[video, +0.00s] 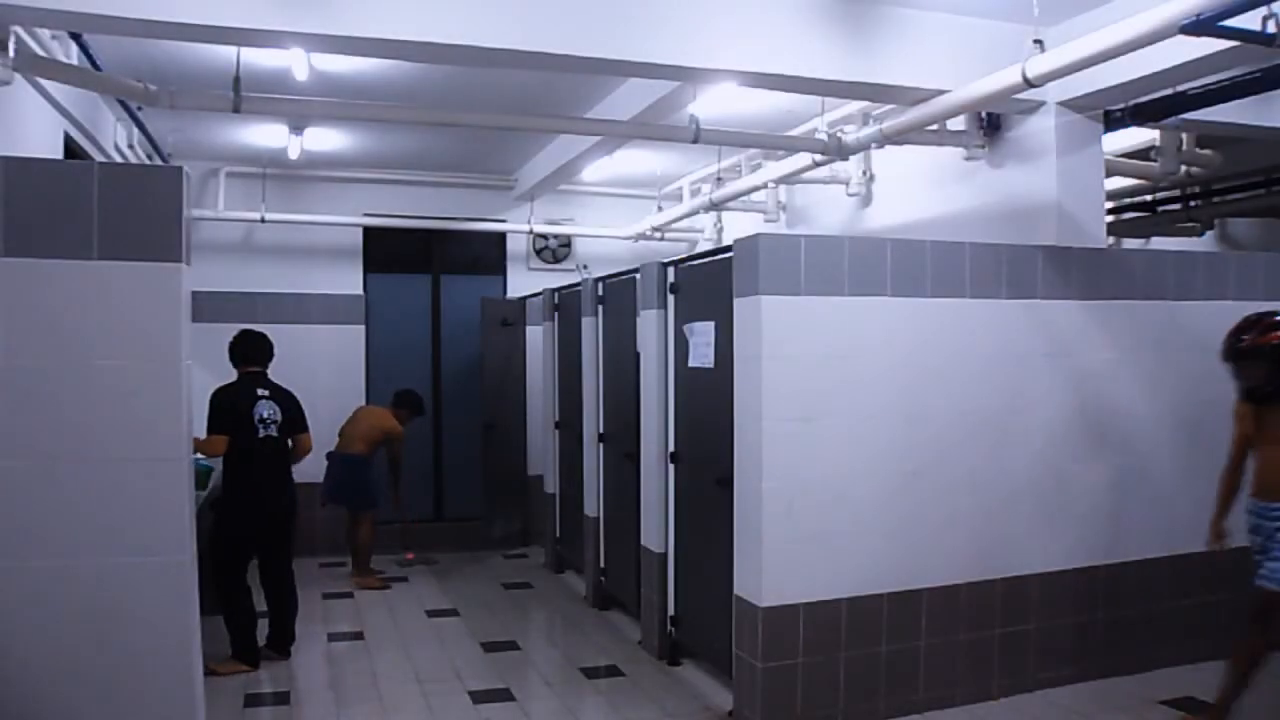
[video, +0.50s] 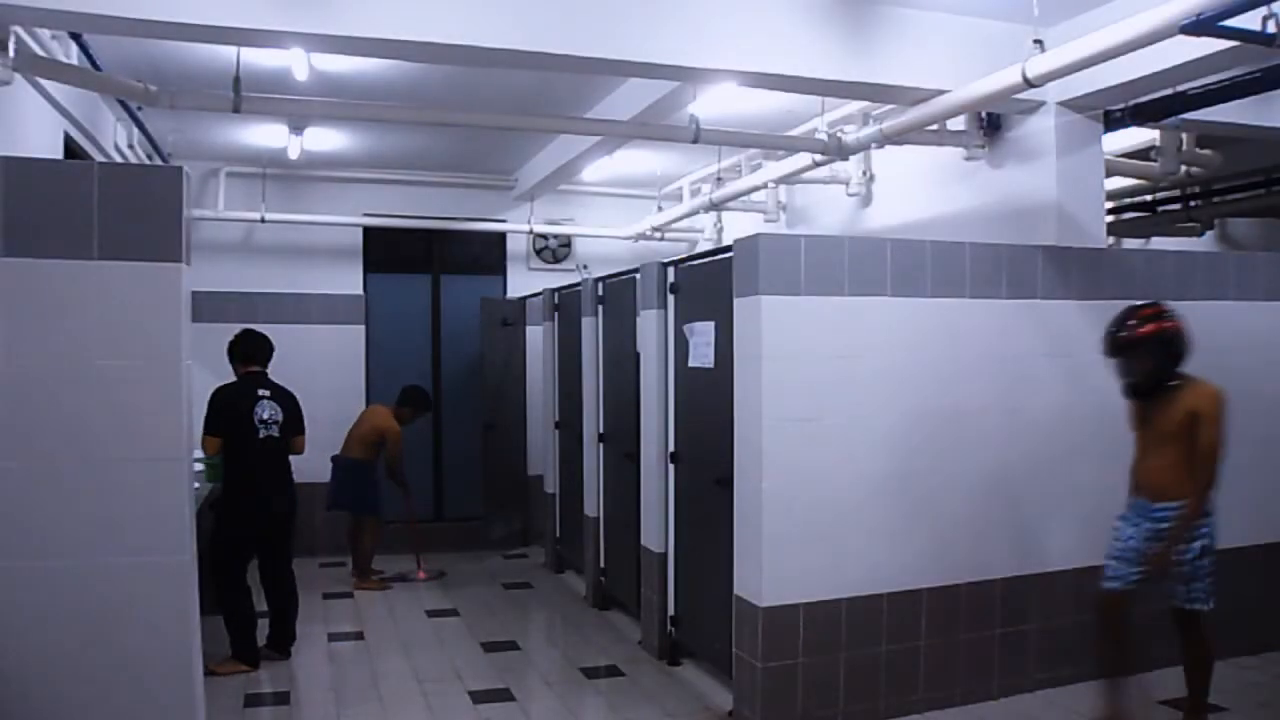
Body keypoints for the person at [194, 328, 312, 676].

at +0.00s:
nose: (234, 360)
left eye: (234, 354)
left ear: (234, 359)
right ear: (269, 359)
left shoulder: (225, 396)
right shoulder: (286, 397)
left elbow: (217, 447)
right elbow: (304, 446)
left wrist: (195, 444)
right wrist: (279, 463)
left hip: (239, 497)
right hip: (279, 495)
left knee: (229, 571)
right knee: (277, 569)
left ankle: (245, 655)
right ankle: (280, 645)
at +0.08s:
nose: (234, 360)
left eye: (234, 355)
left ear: (234, 359)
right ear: (269, 359)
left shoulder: (225, 396)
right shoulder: (285, 396)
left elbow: (215, 447)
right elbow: (303, 444)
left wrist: (197, 443)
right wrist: (272, 453)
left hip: (238, 497)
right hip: (279, 496)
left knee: (229, 572)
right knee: (277, 568)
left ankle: (245, 655)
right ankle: (281, 645)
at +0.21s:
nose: (235, 362)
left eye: (234, 356)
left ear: (234, 360)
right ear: (268, 360)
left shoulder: (225, 396)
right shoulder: (286, 396)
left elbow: (213, 446)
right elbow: (300, 445)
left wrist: (203, 440)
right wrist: (267, 445)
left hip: (239, 496)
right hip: (279, 496)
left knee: (229, 571)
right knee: (277, 568)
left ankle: (245, 655)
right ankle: (280, 645)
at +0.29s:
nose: (235, 363)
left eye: (234, 357)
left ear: (234, 360)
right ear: (268, 360)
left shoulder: (224, 396)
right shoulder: (286, 397)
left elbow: (211, 445)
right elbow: (299, 445)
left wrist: (231, 433)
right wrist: (267, 441)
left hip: (239, 496)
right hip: (279, 495)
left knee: (229, 571)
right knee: (277, 568)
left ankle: (245, 655)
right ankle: (281, 645)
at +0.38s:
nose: (235, 364)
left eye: (234, 358)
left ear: (234, 361)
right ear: (268, 360)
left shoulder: (224, 396)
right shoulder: (286, 397)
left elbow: (211, 447)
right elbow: (298, 446)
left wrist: (234, 433)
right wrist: (265, 441)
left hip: (239, 497)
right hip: (279, 496)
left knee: (229, 571)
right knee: (277, 567)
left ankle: (244, 654)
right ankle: (281, 644)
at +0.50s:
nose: (235, 365)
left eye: (234, 359)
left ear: (234, 361)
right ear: (268, 360)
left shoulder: (224, 396)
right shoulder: (286, 397)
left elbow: (211, 446)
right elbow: (298, 446)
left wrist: (236, 436)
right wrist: (265, 442)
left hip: (238, 498)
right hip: (279, 497)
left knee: (229, 572)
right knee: (277, 567)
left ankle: (244, 654)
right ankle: (281, 644)